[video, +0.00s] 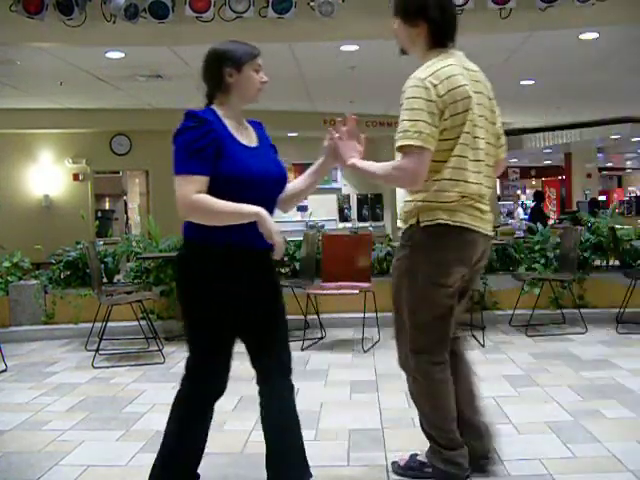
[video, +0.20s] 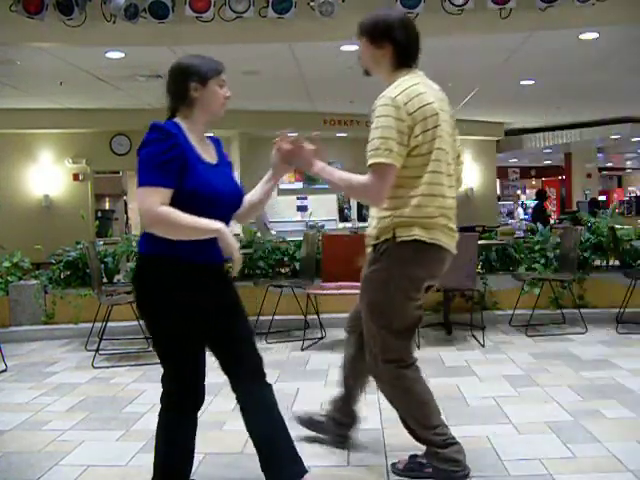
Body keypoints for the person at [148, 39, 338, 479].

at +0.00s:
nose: (264, 78)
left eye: (263, 70)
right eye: (257, 70)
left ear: (238, 76)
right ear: (230, 75)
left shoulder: (257, 130)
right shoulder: (199, 127)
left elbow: (282, 199)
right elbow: (187, 203)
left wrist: (327, 161)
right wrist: (256, 213)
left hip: (255, 263)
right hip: (208, 265)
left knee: (277, 377)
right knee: (205, 379)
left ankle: (291, 475)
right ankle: (171, 476)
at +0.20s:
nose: (229, 94)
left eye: (226, 85)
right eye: (221, 85)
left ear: (204, 91)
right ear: (195, 90)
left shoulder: (214, 147)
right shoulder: (164, 137)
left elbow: (238, 212)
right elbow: (151, 213)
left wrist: (277, 171)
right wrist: (217, 228)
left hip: (208, 272)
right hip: (167, 275)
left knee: (250, 378)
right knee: (183, 390)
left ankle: (287, 474)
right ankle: (170, 478)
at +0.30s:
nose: (212, 105)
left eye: (210, 97)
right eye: (204, 97)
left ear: (184, 103)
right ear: (178, 101)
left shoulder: (195, 157)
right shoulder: (148, 150)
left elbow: (214, 227)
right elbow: (136, 225)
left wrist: (256, 188)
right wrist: (201, 245)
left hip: (189, 282)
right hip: (146, 286)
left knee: (236, 375)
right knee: (184, 392)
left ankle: (264, 473)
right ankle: (171, 479)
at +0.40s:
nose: (195, 106)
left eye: (193, 97)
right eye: (188, 97)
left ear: (169, 102)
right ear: (165, 101)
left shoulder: (176, 155)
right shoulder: (133, 148)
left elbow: (191, 227)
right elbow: (119, 225)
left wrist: (237, 199)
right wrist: (183, 245)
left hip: (171, 276)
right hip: (133, 280)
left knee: (213, 369)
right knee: (174, 380)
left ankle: (206, 464)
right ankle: (174, 473)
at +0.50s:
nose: (177, 103)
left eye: (175, 95)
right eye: (171, 94)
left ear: (151, 97)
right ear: (150, 97)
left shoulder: (158, 149)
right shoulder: (118, 145)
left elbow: (175, 219)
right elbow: (103, 218)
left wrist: (227, 197)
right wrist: (168, 239)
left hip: (154, 270)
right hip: (120, 273)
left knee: (184, 367)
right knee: (158, 377)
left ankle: (142, 445)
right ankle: (168, 473)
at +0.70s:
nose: (141, 114)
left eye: (141, 107)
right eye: (137, 106)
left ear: (117, 107)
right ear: (116, 106)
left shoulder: (120, 154)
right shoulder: (91, 153)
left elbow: (146, 220)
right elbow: (84, 223)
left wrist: (196, 191)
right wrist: (144, 241)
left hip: (117, 276)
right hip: (97, 278)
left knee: (113, 371)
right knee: (148, 378)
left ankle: (71, 446)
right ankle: (166, 474)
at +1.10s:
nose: (83, 122)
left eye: (82, 114)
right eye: (79, 114)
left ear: (56, 116)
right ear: (61, 115)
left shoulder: (57, 158)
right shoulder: (39, 159)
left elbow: (84, 219)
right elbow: (41, 230)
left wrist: (130, 201)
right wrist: (93, 241)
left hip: (64, 275)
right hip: (46, 278)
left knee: (82, 360)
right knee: (98, 366)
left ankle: (66, 453)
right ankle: (107, 469)